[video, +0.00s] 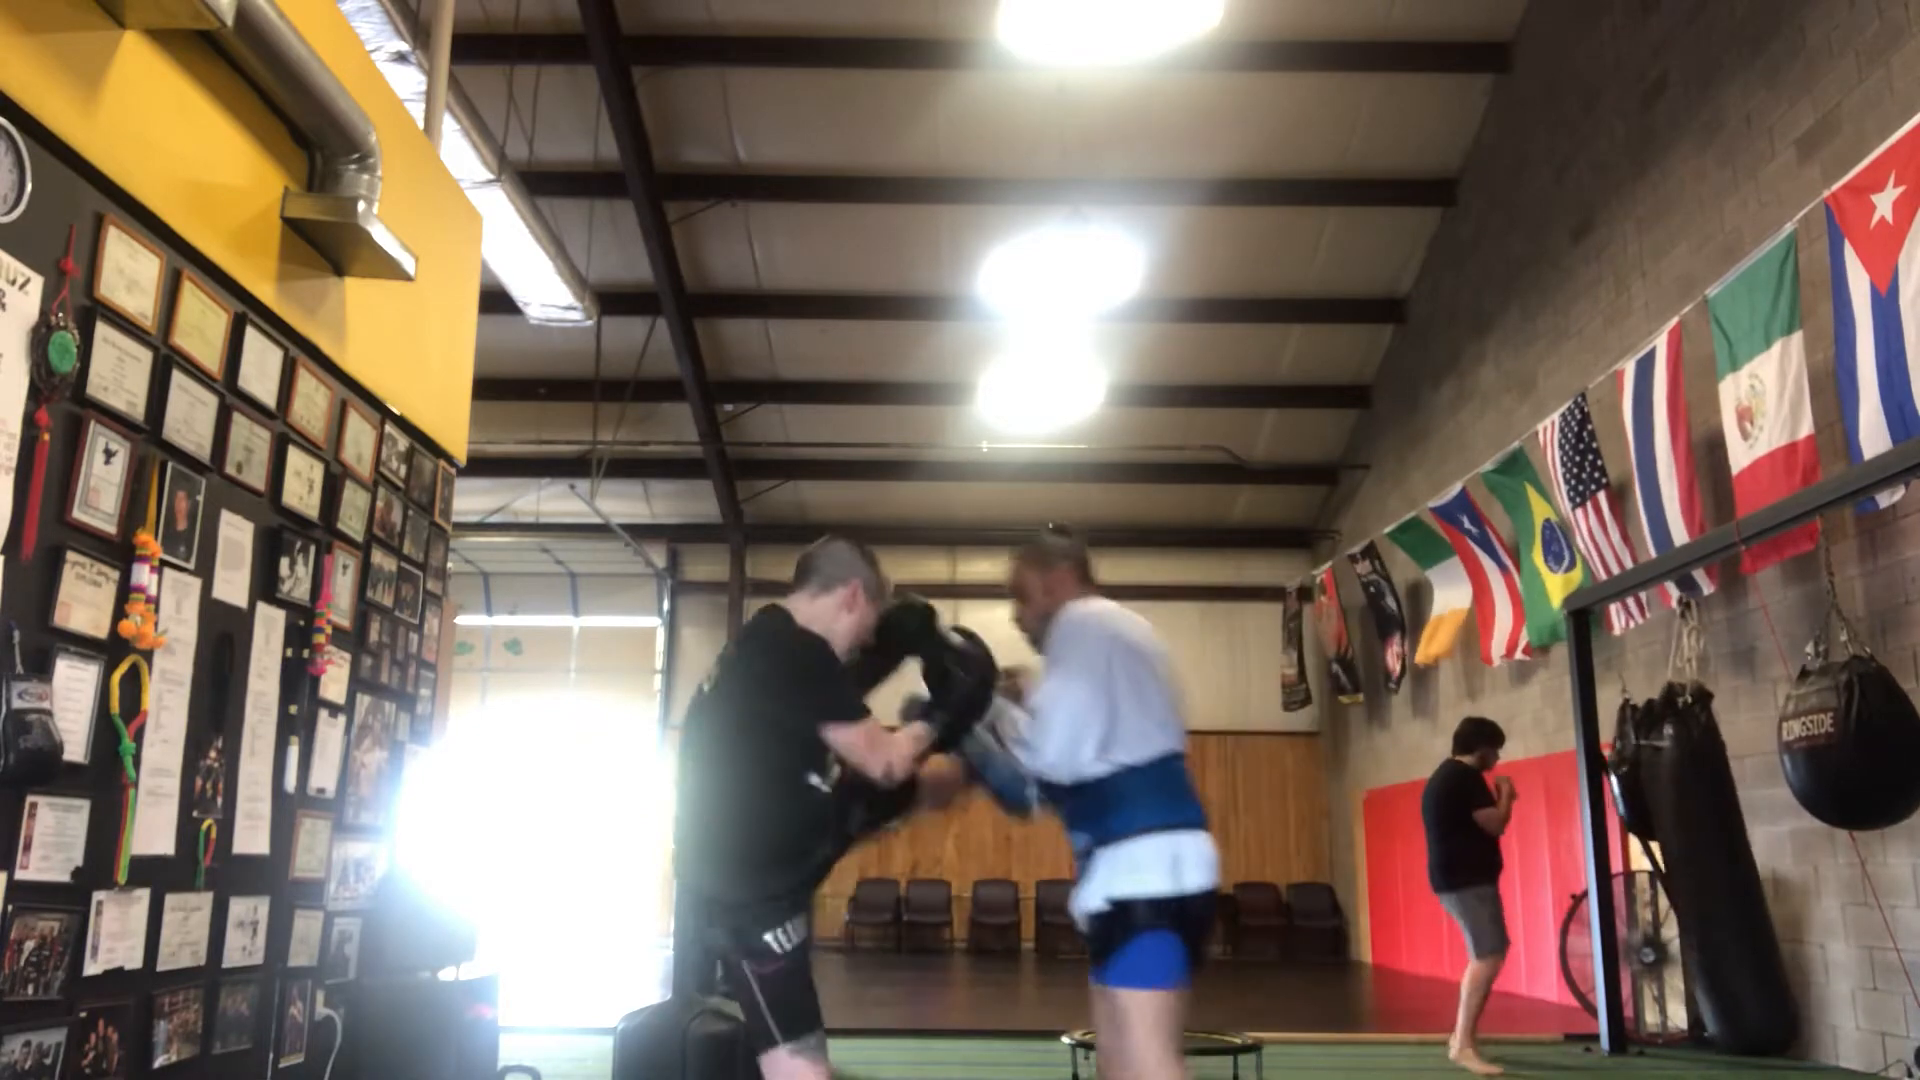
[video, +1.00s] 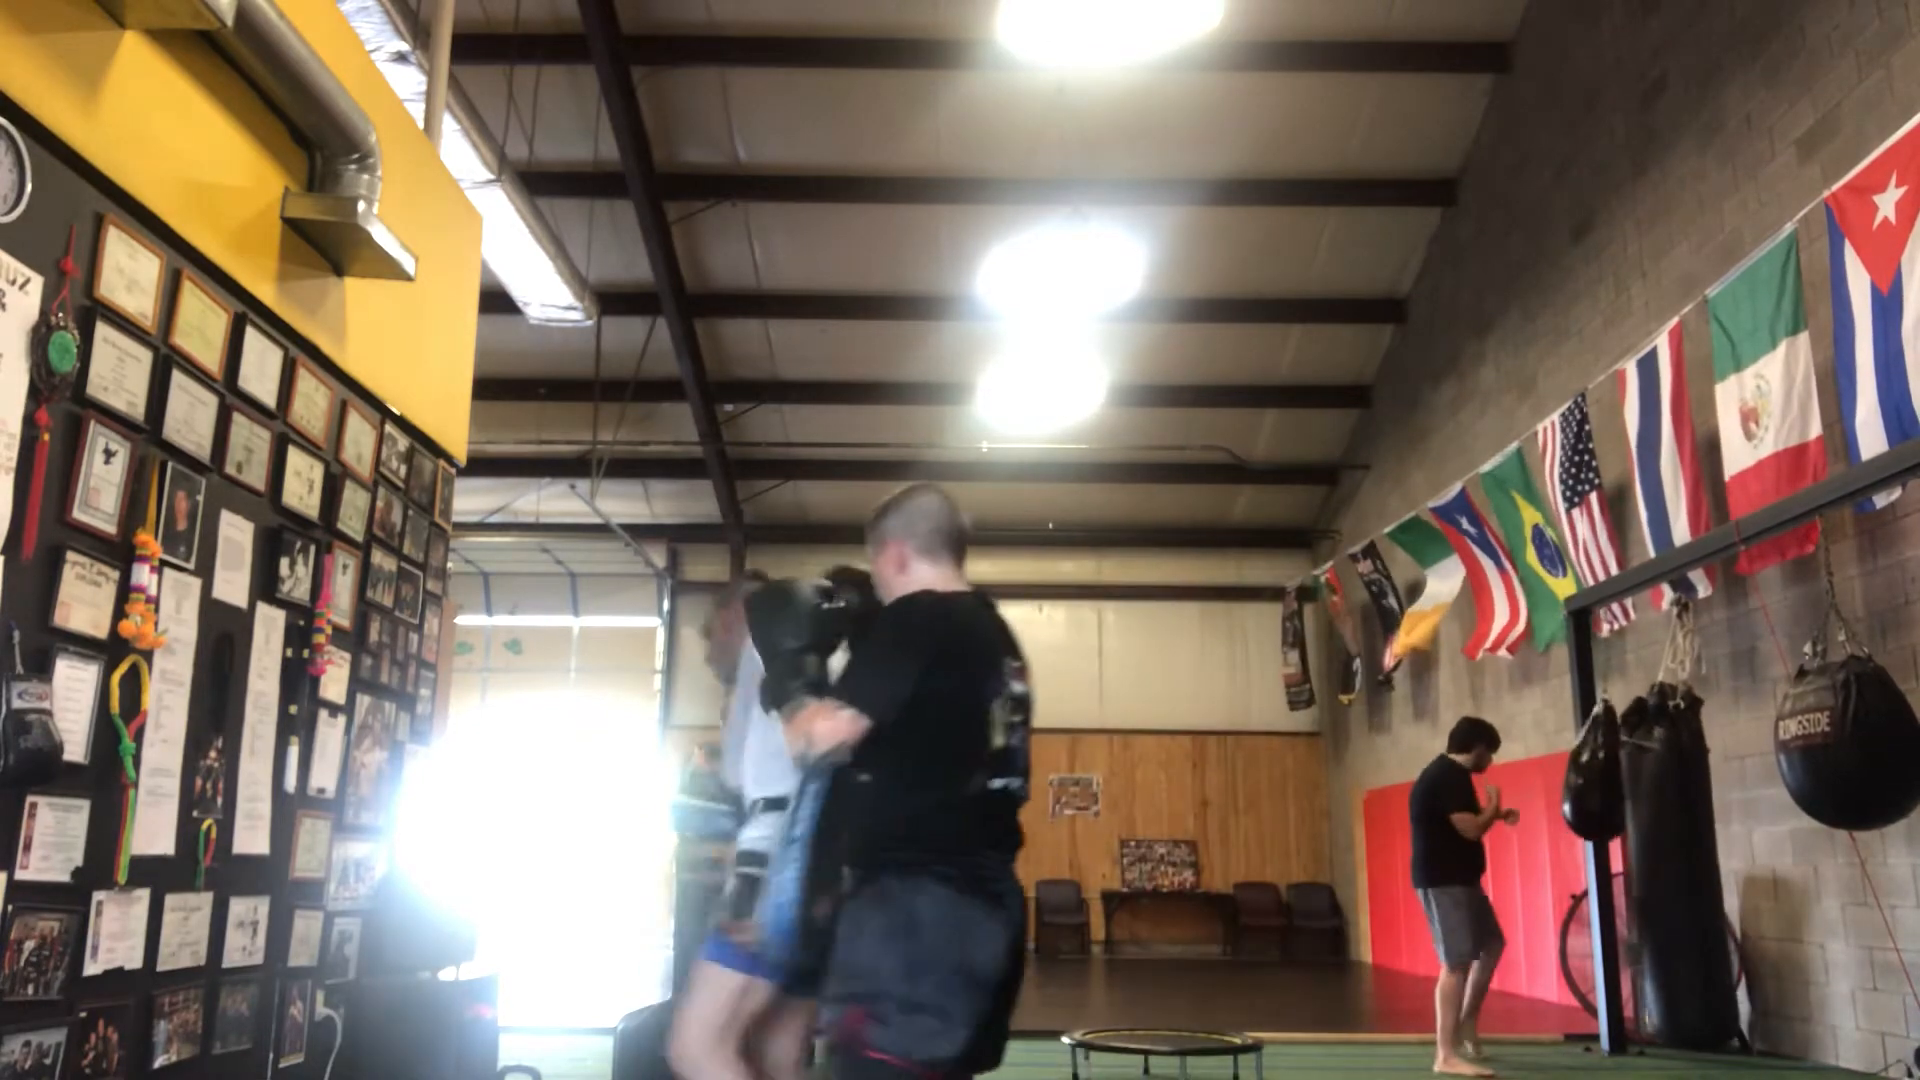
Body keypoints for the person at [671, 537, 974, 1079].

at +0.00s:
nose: (866, 638)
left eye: (875, 623)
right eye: (872, 619)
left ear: (805, 589)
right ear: (851, 597)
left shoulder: (758, 645)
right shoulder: (796, 654)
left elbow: (816, 717)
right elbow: (887, 762)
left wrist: (881, 654)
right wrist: (941, 709)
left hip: (720, 896)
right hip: (752, 905)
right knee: (798, 1066)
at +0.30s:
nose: (835, 600)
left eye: (836, 587)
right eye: (834, 585)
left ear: (763, 574)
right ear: (813, 576)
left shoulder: (722, 647)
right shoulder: (811, 648)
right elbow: (913, 709)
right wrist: (942, 645)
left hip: (706, 891)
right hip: (773, 901)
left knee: (727, 1049)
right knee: (780, 1058)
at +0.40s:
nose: (833, 605)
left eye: (834, 592)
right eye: (834, 590)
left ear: (760, 580)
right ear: (814, 584)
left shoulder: (700, 653)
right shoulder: (827, 646)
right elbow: (926, 662)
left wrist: (839, 716)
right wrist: (941, 616)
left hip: (694, 912)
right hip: (786, 916)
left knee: (703, 1059)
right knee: (801, 1063)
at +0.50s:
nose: (834, 630)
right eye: (837, 619)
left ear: (761, 609)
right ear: (830, 618)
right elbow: (896, 628)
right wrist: (890, 594)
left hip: (677, 951)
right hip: (782, 952)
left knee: (643, 1066)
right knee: (860, 1065)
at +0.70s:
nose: (799, 593)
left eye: (801, 581)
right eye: (802, 584)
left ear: (811, 579)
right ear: (876, 582)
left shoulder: (785, 647)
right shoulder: (902, 646)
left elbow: (719, 752)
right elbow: (925, 758)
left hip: (793, 875)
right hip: (891, 876)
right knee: (884, 1045)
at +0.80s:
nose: (827, 586)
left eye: (830, 572)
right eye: (829, 572)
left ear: (847, 570)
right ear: (906, 568)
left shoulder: (852, 637)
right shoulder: (935, 639)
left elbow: (769, 738)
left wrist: (730, 750)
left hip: (836, 900)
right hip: (930, 899)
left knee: (739, 1066)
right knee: (910, 1068)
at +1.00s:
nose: (876, 572)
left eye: (877, 556)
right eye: (875, 558)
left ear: (897, 553)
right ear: (954, 548)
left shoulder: (915, 621)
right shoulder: (991, 629)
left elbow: (819, 735)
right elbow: (932, 732)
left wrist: (785, 658)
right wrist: (868, 632)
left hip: (909, 901)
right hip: (980, 897)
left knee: (874, 1060)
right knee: (939, 1063)